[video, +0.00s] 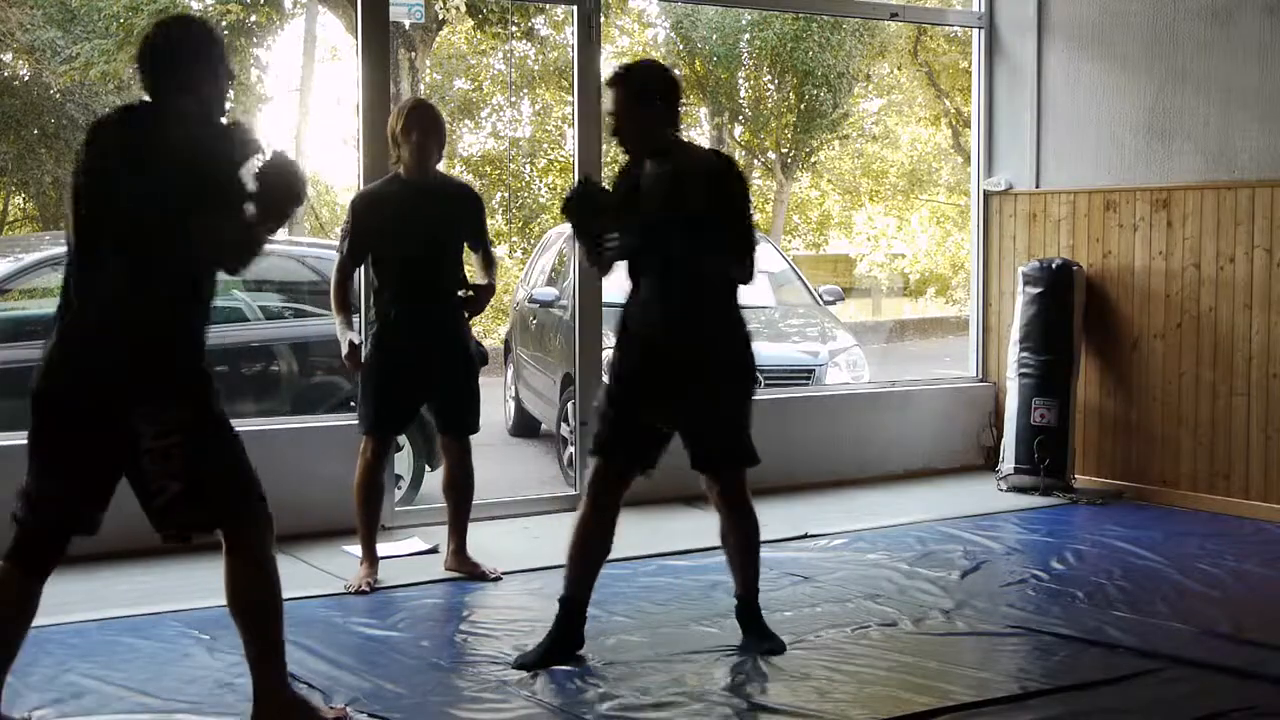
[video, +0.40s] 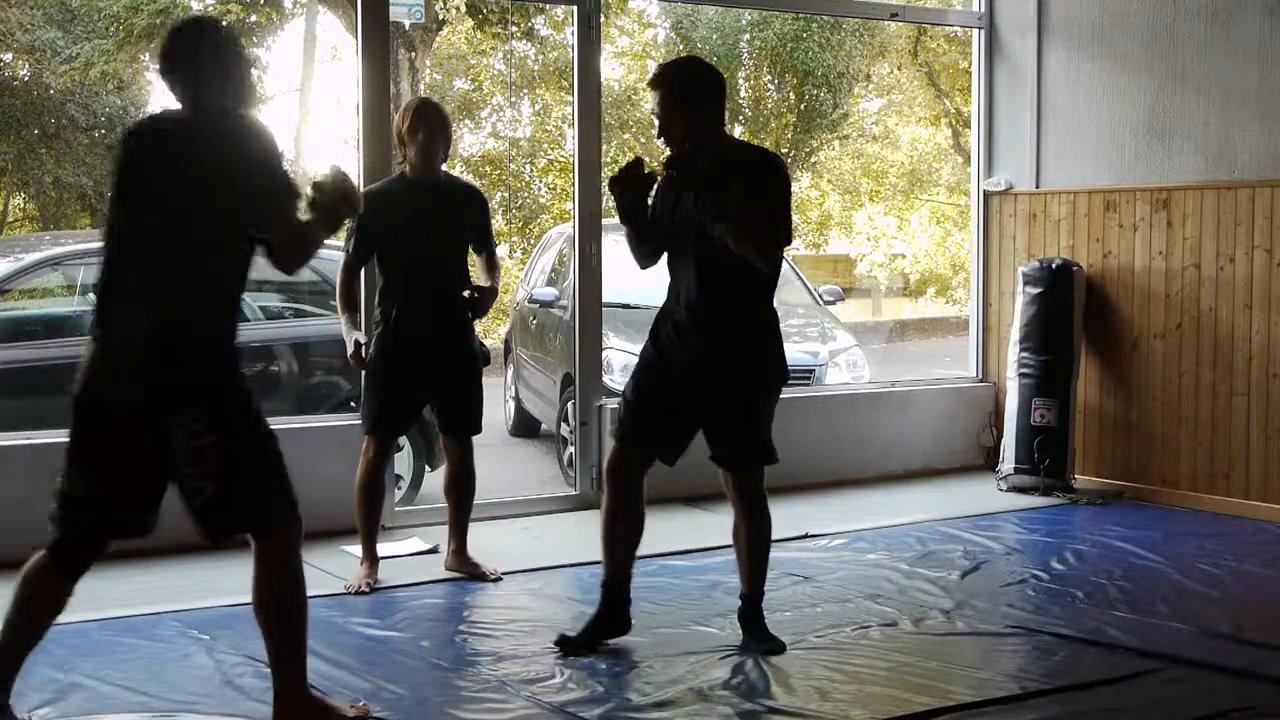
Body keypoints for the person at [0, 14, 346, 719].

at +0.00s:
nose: (231, 85)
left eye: (227, 70)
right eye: (223, 70)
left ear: (151, 73)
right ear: (200, 73)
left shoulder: (104, 135)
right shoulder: (205, 142)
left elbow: (138, 236)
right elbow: (231, 252)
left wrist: (224, 159)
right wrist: (274, 205)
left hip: (75, 371)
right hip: (163, 376)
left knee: (30, 548)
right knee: (247, 528)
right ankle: (274, 696)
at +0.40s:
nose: (249, 74)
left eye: (243, 60)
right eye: (240, 61)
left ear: (172, 74)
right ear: (220, 69)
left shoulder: (142, 138)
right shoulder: (244, 138)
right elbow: (289, 252)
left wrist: (292, 214)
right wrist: (331, 213)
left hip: (117, 371)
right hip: (200, 373)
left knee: (72, 544)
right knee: (277, 528)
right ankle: (293, 696)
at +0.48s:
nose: (268, 71)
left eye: (262, 57)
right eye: (258, 59)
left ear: (195, 73)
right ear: (236, 71)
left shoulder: (158, 137)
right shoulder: (261, 144)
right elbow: (305, 256)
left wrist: (317, 213)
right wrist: (344, 213)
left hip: (129, 367)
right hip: (209, 370)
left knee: (97, 530)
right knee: (280, 526)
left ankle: (9, 676)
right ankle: (293, 696)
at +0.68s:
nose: (286, 73)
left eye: (280, 61)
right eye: (275, 62)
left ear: (209, 72)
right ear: (247, 73)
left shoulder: (167, 137)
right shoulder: (262, 145)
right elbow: (300, 254)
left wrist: (319, 213)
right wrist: (343, 216)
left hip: (131, 368)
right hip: (210, 373)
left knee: (105, 533)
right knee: (279, 528)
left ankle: (31, 686)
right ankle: (294, 697)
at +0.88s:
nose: (258, 70)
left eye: (253, 56)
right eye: (248, 58)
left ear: (180, 69)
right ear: (221, 68)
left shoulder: (141, 132)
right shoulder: (230, 132)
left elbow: (140, 241)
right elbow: (243, 240)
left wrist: (267, 202)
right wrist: (308, 217)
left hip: (118, 370)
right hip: (198, 372)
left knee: (83, 537)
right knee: (270, 527)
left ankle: (24, 696)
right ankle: (292, 695)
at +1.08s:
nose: (238, 73)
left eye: (233, 60)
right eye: (230, 61)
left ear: (158, 67)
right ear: (213, 64)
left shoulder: (118, 127)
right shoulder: (212, 123)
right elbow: (247, 239)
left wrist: (266, 208)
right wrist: (298, 209)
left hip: (105, 368)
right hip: (186, 371)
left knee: (68, 539)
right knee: (257, 529)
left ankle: (21, 695)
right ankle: (291, 696)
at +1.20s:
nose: (238, 75)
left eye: (234, 62)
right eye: (230, 62)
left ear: (157, 67)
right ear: (211, 65)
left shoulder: (115, 128)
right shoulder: (210, 126)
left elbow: (115, 241)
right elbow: (242, 242)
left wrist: (255, 207)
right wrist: (291, 208)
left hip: (101, 369)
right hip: (182, 371)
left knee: (64, 539)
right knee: (251, 532)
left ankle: (20, 696)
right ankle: (291, 696)